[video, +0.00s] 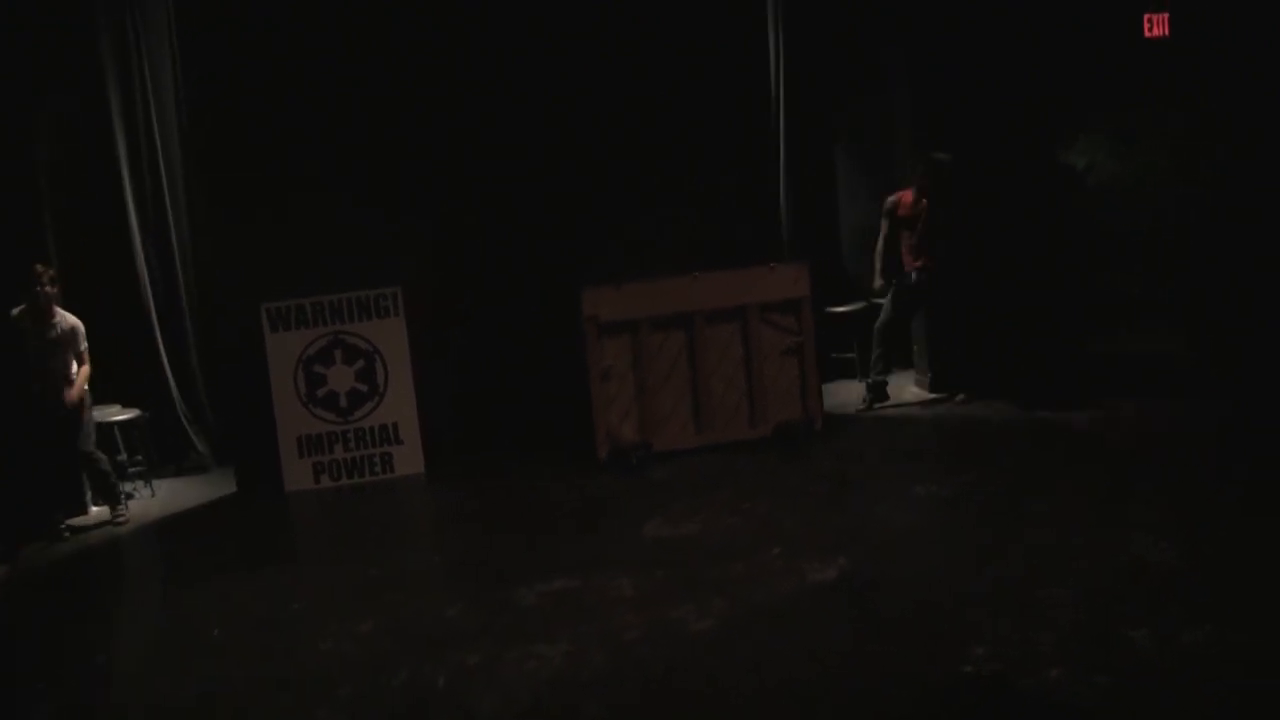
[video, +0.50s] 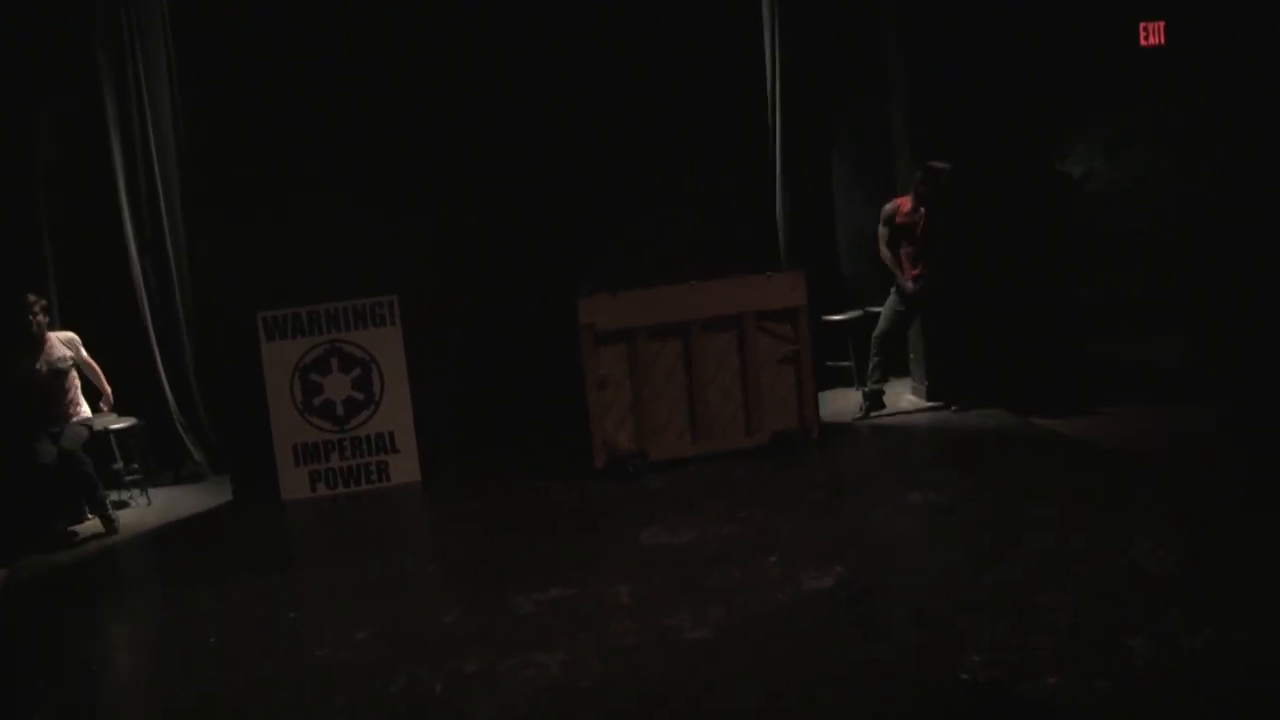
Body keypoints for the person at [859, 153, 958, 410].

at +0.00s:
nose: (925, 184)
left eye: (931, 180)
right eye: (923, 179)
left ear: (937, 181)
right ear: (917, 177)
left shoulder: (941, 205)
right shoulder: (896, 203)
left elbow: (948, 241)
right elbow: (884, 241)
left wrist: (946, 270)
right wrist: (879, 275)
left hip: (937, 277)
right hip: (906, 277)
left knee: (942, 329)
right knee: (884, 327)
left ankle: (947, 381)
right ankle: (876, 388)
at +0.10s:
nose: (926, 186)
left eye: (931, 182)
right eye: (924, 180)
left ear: (938, 183)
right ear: (917, 178)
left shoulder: (941, 206)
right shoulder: (895, 204)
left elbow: (949, 242)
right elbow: (886, 241)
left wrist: (944, 273)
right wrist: (890, 275)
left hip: (936, 280)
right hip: (906, 280)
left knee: (942, 332)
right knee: (882, 329)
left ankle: (949, 386)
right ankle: (875, 389)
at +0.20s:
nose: (926, 188)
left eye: (932, 184)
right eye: (925, 182)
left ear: (939, 185)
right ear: (918, 179)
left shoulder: (943, 208)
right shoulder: (895, 206)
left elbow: (951, 245)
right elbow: (888, 244)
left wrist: (941, 273)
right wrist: (903, 277)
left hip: (939, 281)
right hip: (908, 280)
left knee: (947, 334)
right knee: (881, 330)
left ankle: (955, 390)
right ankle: (874, 391)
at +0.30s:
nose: (927, 190)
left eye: (932, 186)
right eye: (925, 184)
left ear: (937, 187)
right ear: (918, 182)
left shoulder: (938, 210)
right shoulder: (894, 207)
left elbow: (948, 245)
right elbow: (887, 245)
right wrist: (907, 275)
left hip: (937, 283)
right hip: (907, 283)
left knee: (945, 336)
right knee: (881, 332)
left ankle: (955, 389)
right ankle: (874, 393)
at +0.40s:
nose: (926, 191)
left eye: (931, 188)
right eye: (925, 186)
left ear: (935, 190)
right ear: (918, 183)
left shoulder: (937, 211)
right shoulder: (894, 208)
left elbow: (945, 246)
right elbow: (886, 248)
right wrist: (908, 276)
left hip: (936, 284)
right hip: (906, 285)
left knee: (944, 338)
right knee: (880, 334)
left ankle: (951, 390)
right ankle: (873, 395)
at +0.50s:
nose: (923, 192)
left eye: (929, 188)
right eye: (921, 186)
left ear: (936, 190)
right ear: (915, 185)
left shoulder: (939, 213)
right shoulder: (893, 210)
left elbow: (948, 250)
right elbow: (884, 249)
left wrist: (935, 277)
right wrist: (902, 280)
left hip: (937, 286)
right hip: (907, 286)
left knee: (944, 338)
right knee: (881, 336)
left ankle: (953, 392)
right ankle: (873, 396)